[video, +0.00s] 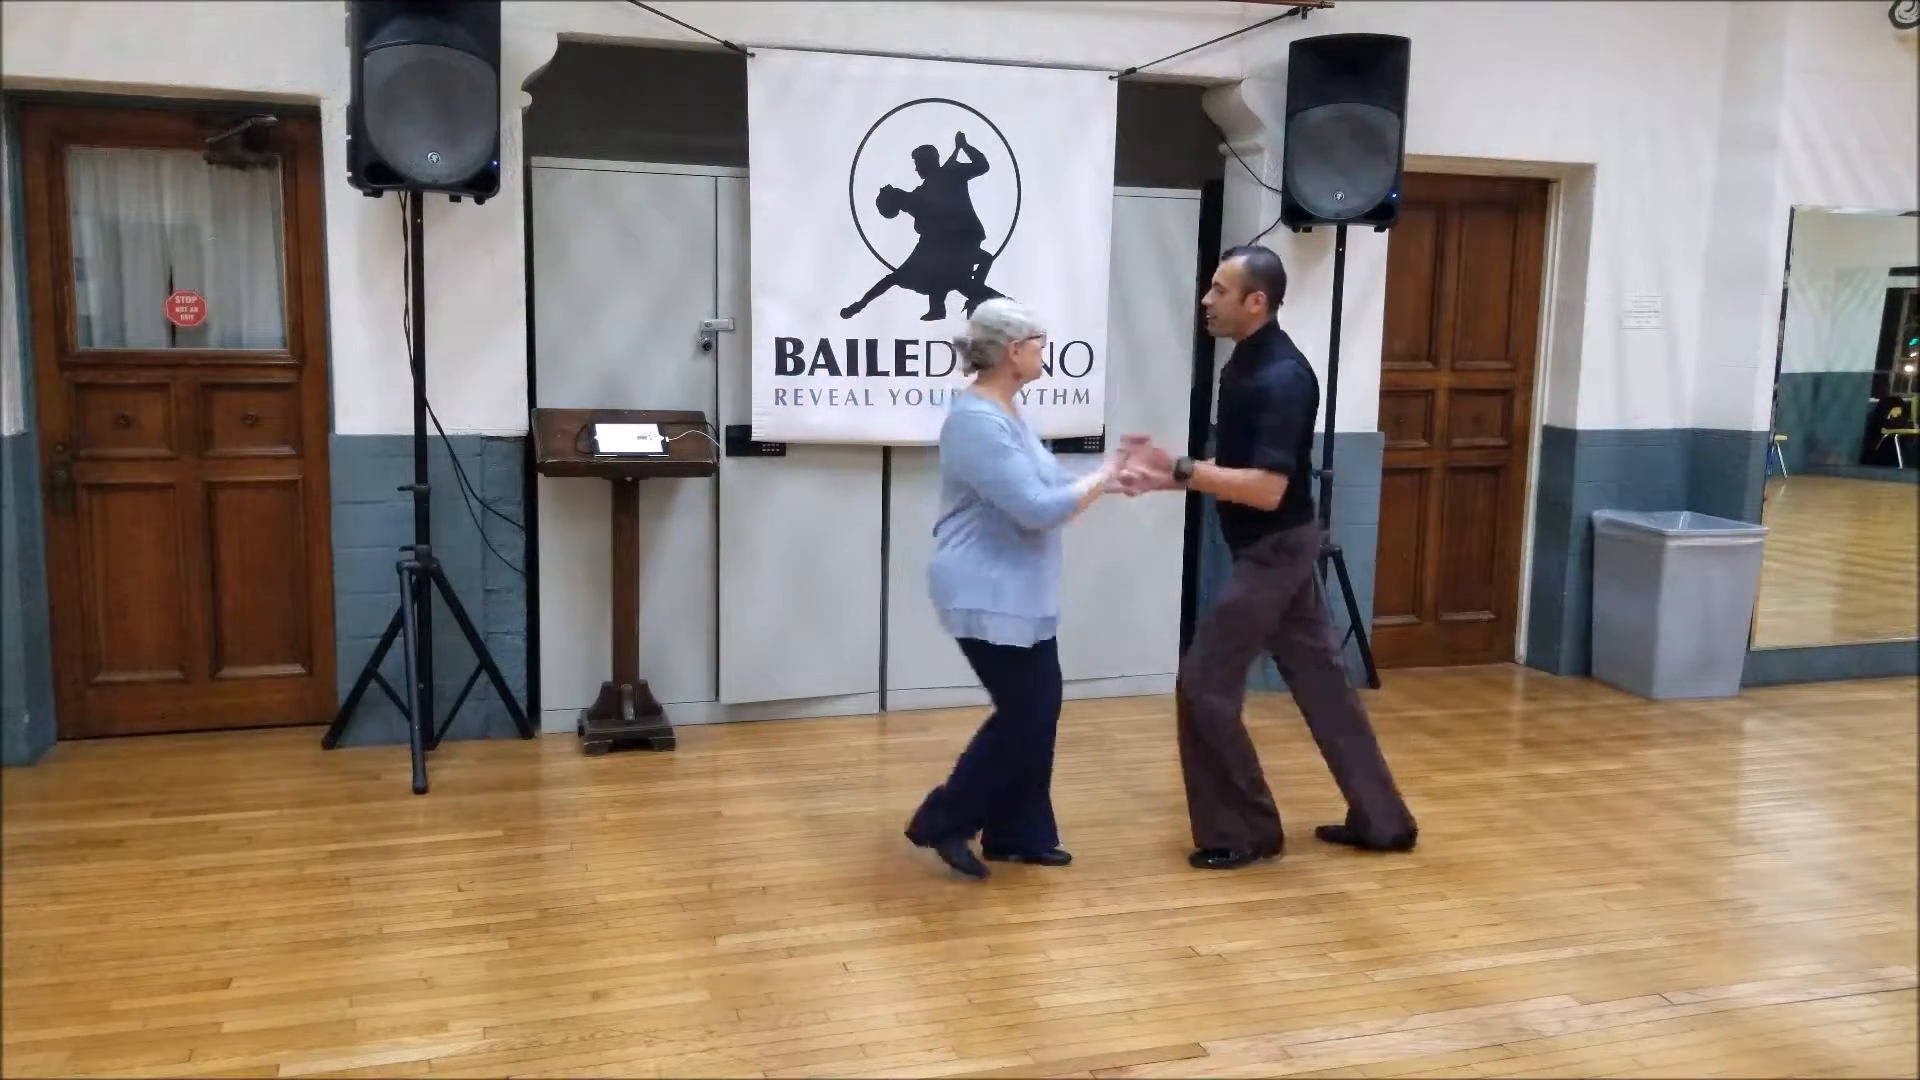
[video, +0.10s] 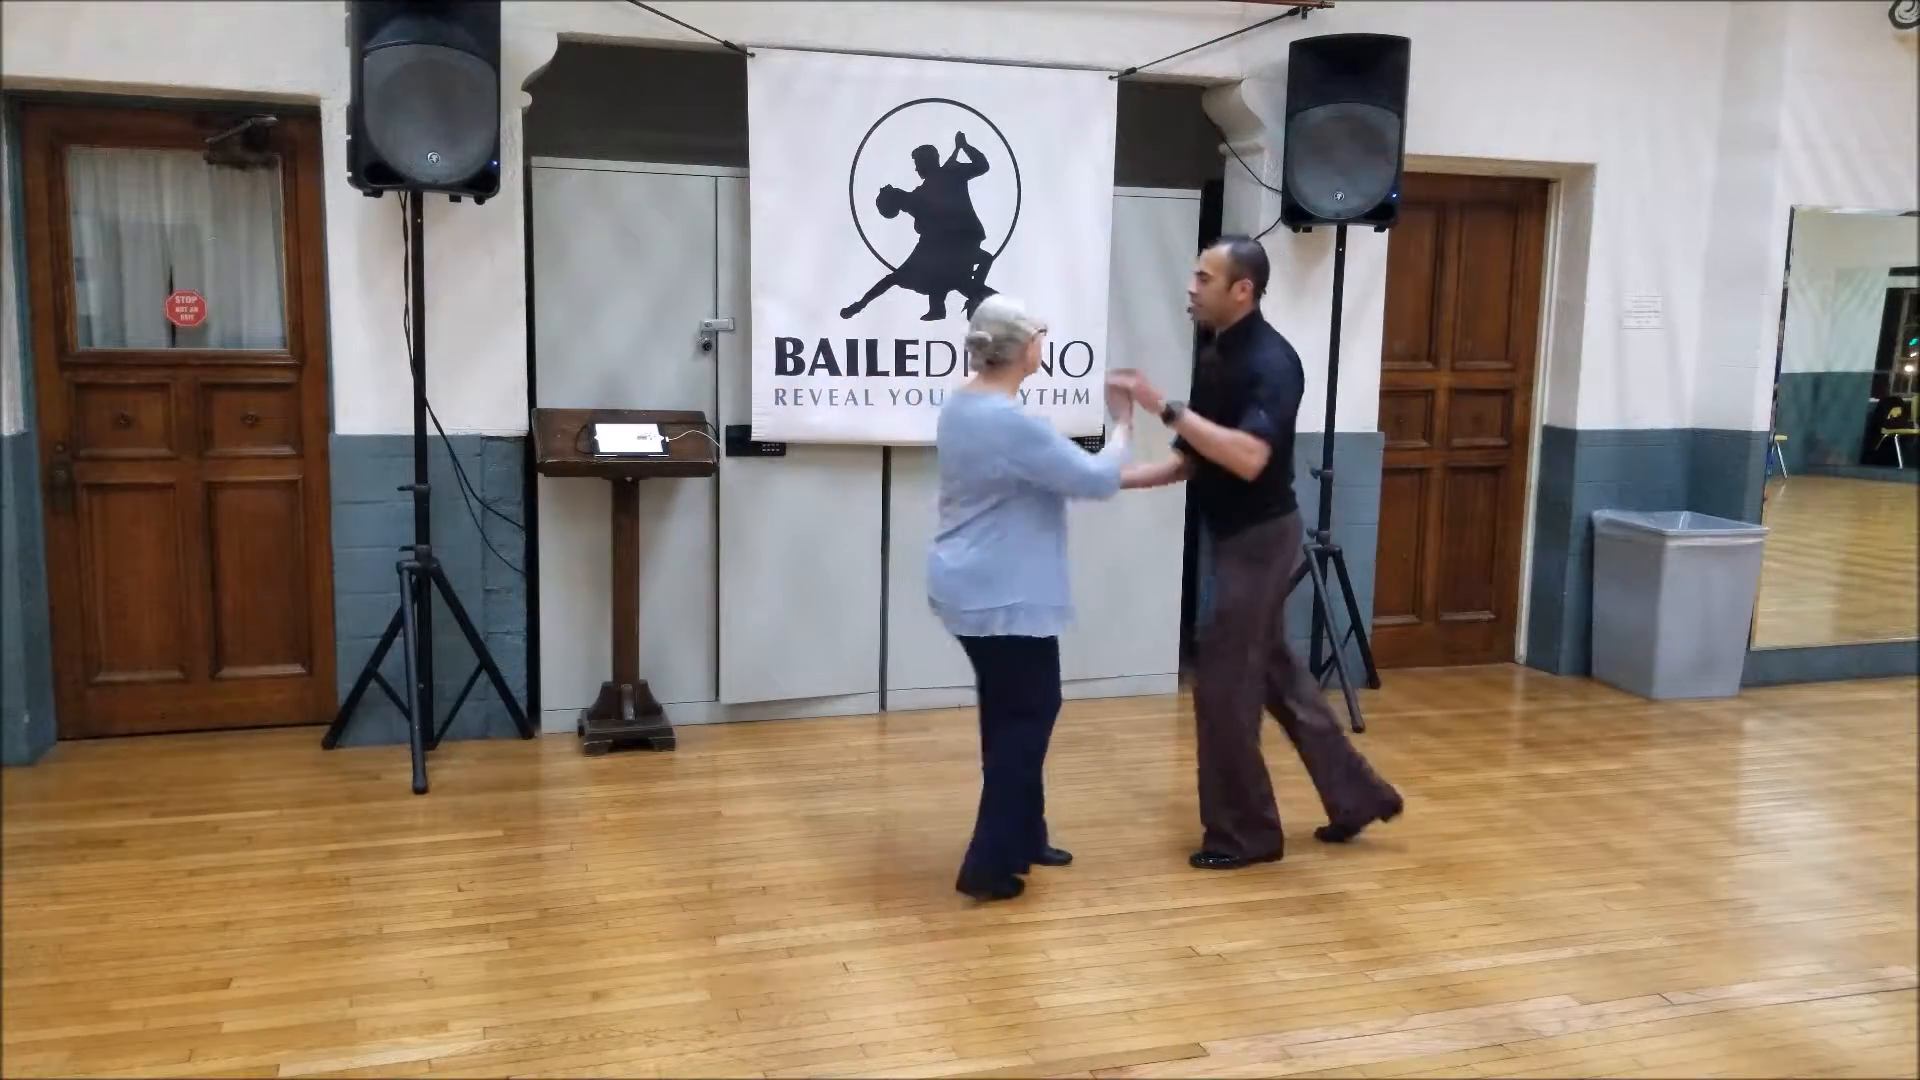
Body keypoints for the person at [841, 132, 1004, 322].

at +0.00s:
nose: (915, 167)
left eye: (917, 162)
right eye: (915, 162)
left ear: (924, 163)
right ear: (936, 160)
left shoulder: (919, 195)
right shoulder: (956, 172)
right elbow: (983, 166)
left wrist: (890, 194)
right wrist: (965, 146)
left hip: (933, 251)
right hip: (965, 246)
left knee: (895, 278)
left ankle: (861, 304)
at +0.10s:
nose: (916, 168)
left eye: (918, 163)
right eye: (916, 163)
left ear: (924, 163)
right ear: (937, 160)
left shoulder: (918, 195)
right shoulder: (955, 172)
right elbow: (982, 166)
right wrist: (964, 146)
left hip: (932, 251)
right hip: (965, 245)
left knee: (894, 278)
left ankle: (860, 305)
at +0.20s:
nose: (916, 168)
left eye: (917, 163)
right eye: (916, 163)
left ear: (924, 163)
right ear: (937, 161)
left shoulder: (917, 196)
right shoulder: (955, 172)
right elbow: (982, 166)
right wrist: (965, 146)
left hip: (931, 252)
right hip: (965, 247)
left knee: (893, 278)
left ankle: (860, 305)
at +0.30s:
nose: (916, 168)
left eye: (918, 163)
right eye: (916, 163)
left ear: (925, 163)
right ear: (937, 161)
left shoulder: (917, 196)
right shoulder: (955, 172)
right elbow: (982, 166)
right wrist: (965, 146)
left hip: (931, 251)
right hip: (965, 247)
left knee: (893, 278)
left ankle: (860, 305)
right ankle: (936, 308)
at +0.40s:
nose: (916, 168)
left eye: (917, 163)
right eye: (915, 163)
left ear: (926, 162)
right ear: (936, 161)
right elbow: (982, 166)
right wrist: (965, 146)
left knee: (894, 277)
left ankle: (860, 305)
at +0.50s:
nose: (916, 167)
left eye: (918, 162)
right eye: (915, 163)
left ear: (928, 162)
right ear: (936, 161)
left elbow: (982, 167)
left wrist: (964, 146)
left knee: (893, 278)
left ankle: (859, 306)